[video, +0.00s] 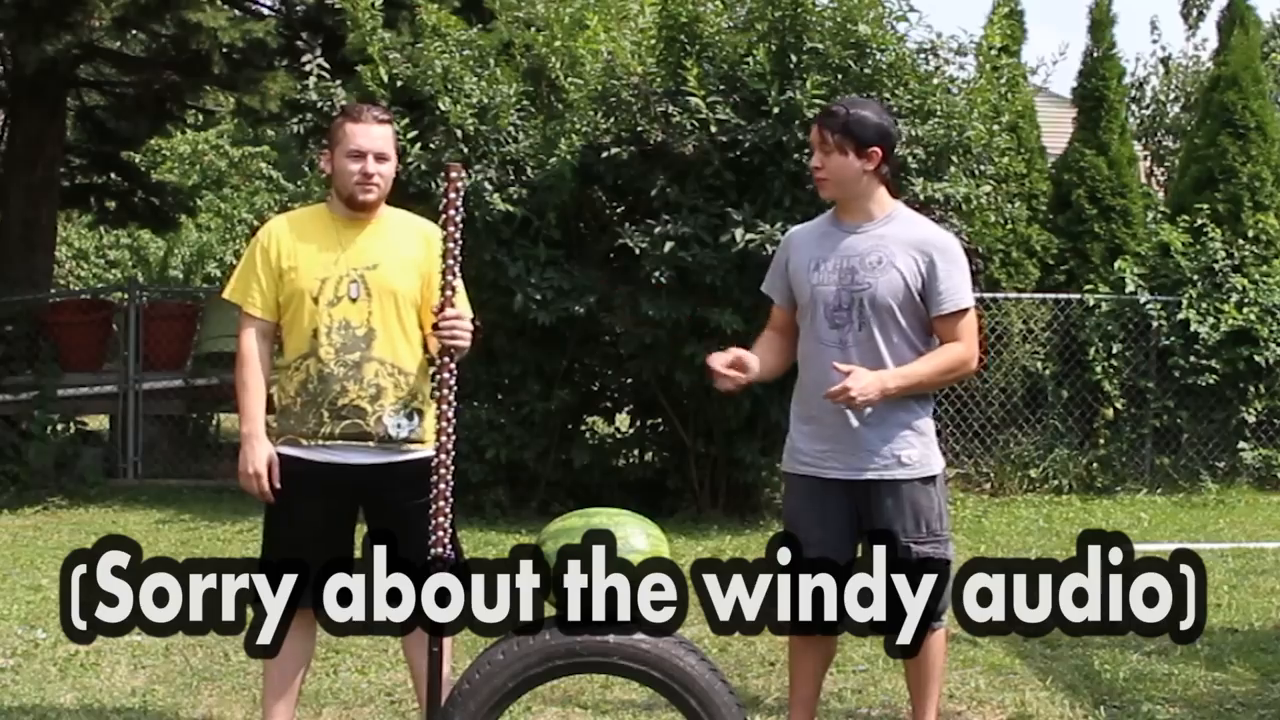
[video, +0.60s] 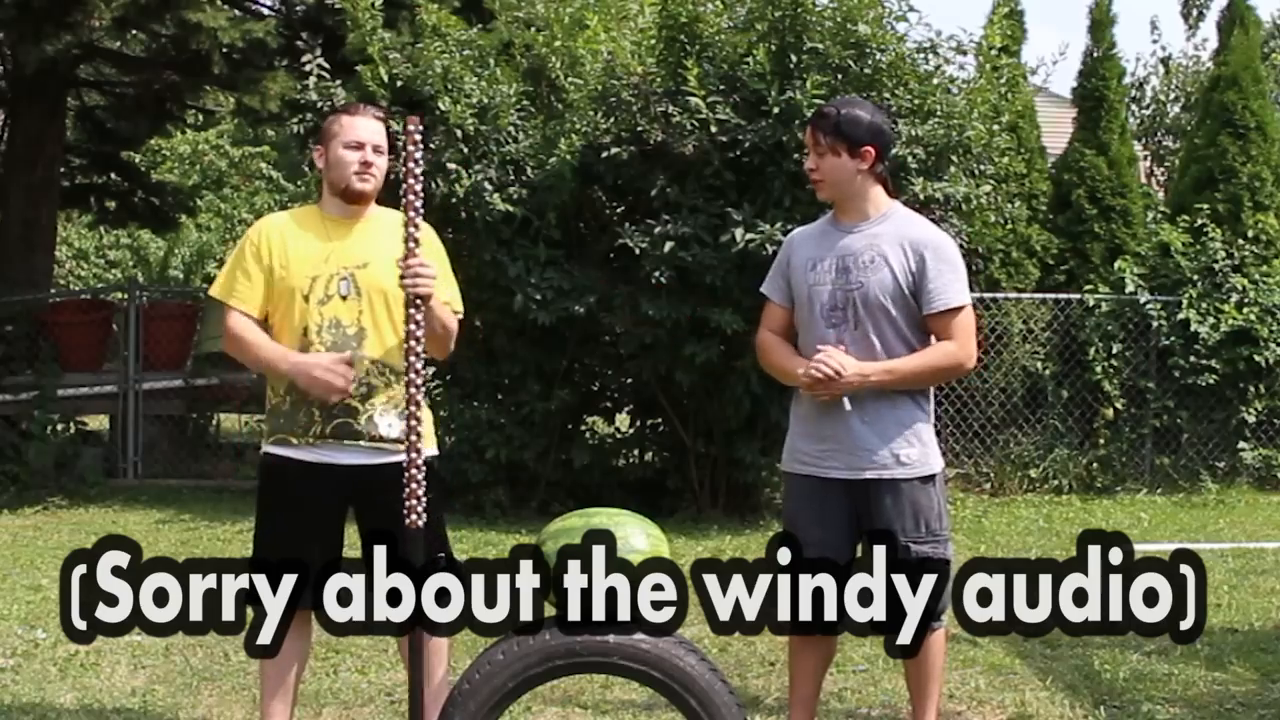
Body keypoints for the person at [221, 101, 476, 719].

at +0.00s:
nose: (369, 168)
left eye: (381, 157)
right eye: (356, 155)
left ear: (396, 166)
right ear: (328, 161)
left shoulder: (424, 239)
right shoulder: (282, 237)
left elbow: (446, 330)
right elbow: (254, 337)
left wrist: (457, 334)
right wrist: (253, 434)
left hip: (406, 458)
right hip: (307, 456)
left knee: (426, 603)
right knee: (293, 601)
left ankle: (438, 714)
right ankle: (277, 715)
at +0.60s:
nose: (368, 159)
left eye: (378, 150)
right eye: (354, 147)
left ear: (389, 162)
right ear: (320, 156)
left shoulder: (415, 237)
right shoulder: (273, 234)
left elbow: (443, 347)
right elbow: (236, 330)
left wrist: (428, 304)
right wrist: (294, 365)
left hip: (398, 456)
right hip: (300, 455)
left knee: (428, 602)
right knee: (285, 603)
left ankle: (432, 718)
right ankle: (275, 716)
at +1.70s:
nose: (394, 166)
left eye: (407, 158)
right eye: (382, 151)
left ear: (418, 173)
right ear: (351, 157)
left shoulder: (432, 250)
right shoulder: (299, 223)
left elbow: (438, 348)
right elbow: (275, 318)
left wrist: (414, 426)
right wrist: (350, 272)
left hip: (409, 453)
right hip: (311, 451)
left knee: (429, 603)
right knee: (289, 600)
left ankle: (437, 715)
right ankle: (273, 716)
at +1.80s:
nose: (395, 164)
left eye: (407, 156)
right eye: (383, 150)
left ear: (418, 170)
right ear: (352, 157)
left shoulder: (434, 248)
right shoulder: (302, 219)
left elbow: (443, 346)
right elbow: (283, 300)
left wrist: (417, 416)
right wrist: (358, 238)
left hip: (407, 455)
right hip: (309, 451)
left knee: (430, 603)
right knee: (289, 601)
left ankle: (437, 716)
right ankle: (272, 715)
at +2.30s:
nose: (395, 150)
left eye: (405, 142)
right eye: (381, 141)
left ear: (421, 160)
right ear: (354, 158)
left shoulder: (445, 242)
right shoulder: (311, 216)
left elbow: (465, 328)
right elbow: (311, 282)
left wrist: (452, 381)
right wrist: (384, 237)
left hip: (415, 453)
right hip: (317, 447)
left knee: (427, 600)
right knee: (289, 600)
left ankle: (437, 716)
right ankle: (271, 715)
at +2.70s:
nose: (398, 159)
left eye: (412, 149)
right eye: (386, 147)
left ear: (432, 163)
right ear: (365, 155)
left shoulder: (451, 244)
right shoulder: (321, 222)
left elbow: (463, 343)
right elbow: (330, 306)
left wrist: (461, 416)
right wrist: (394, 323)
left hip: (419, 454)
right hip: (322, 450)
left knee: (431, 598)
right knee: (292, 598)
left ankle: (438, 715)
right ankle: (270, 714)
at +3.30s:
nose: (406, 166)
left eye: (420, 155)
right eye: (393, 153)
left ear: (439, 167)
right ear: (370, 161)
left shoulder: (460, 245)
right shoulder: (329, 228)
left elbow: (478, 343)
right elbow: (319, 331)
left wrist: (488, 431)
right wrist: (387, 381)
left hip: (428, 455)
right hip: (331, 451)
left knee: (440, 600)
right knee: (296, 596)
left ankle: (440, 717)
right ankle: (269, 714)